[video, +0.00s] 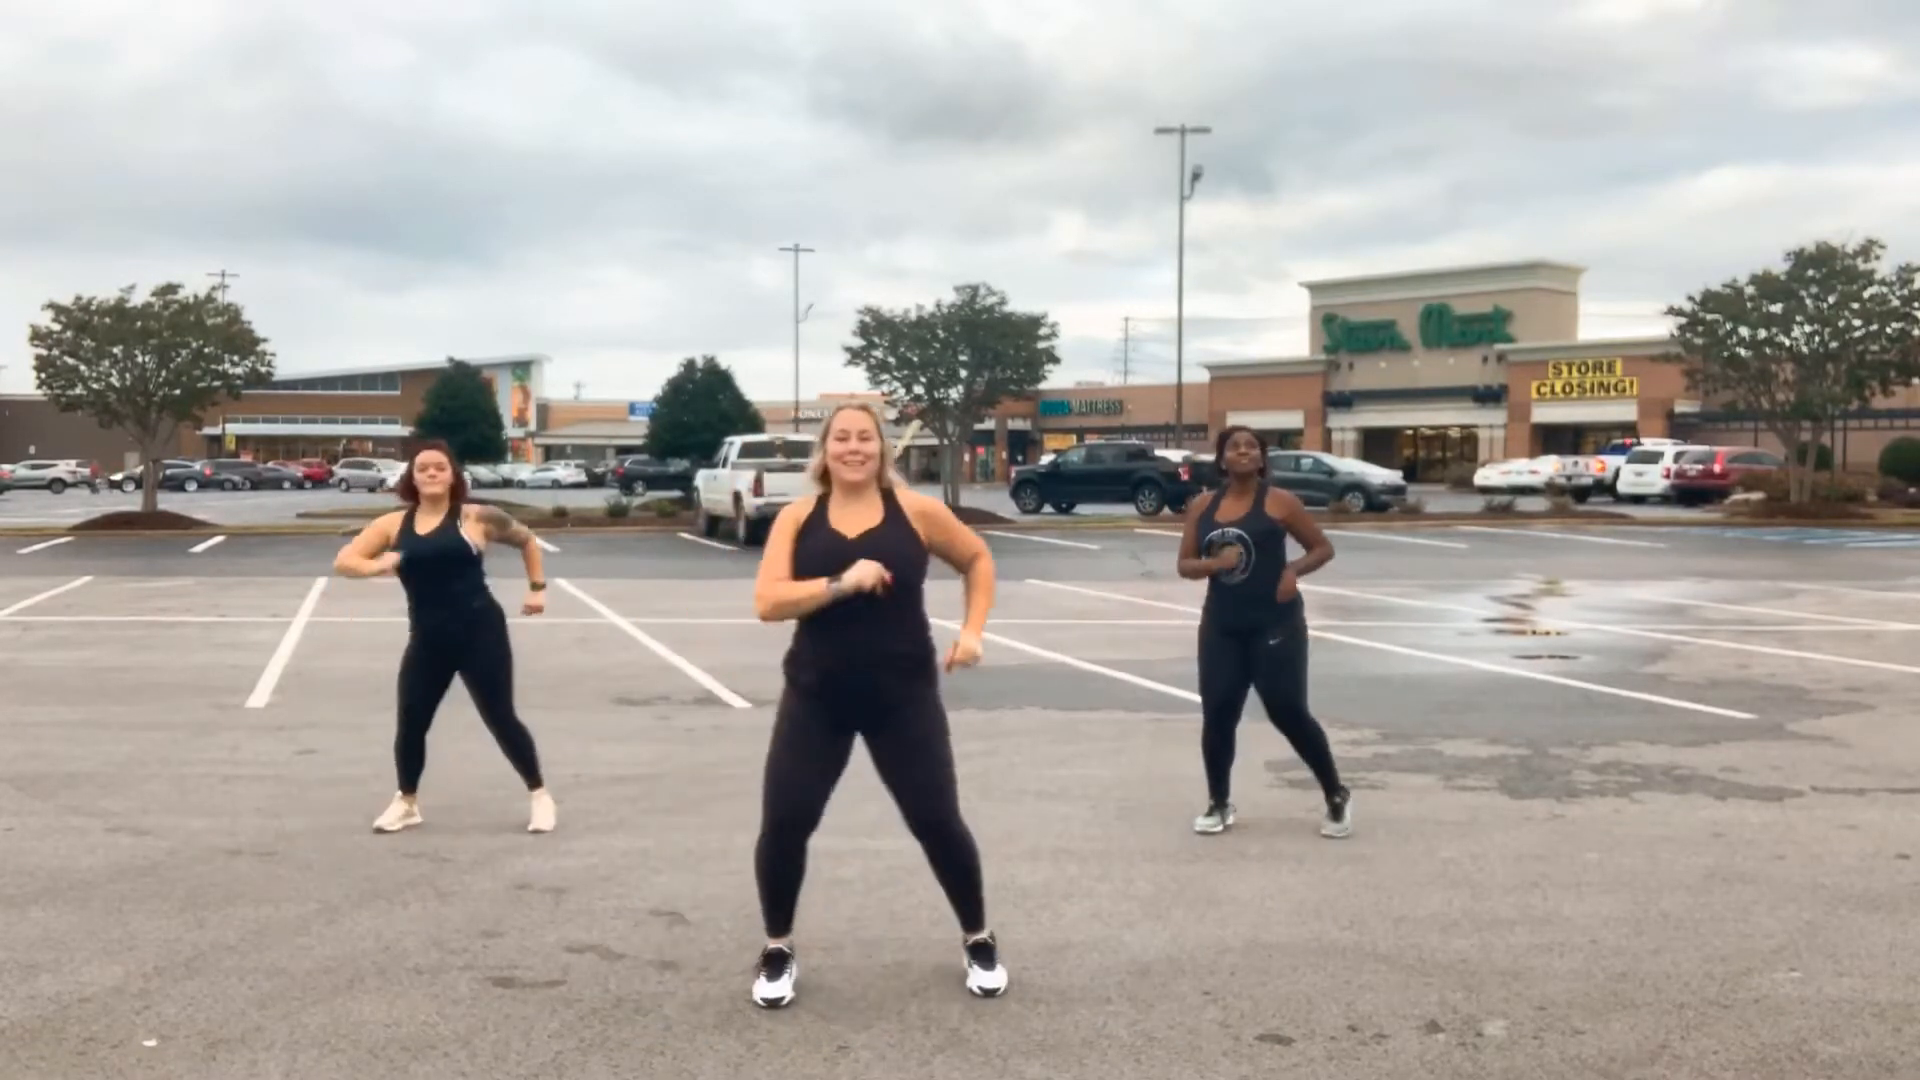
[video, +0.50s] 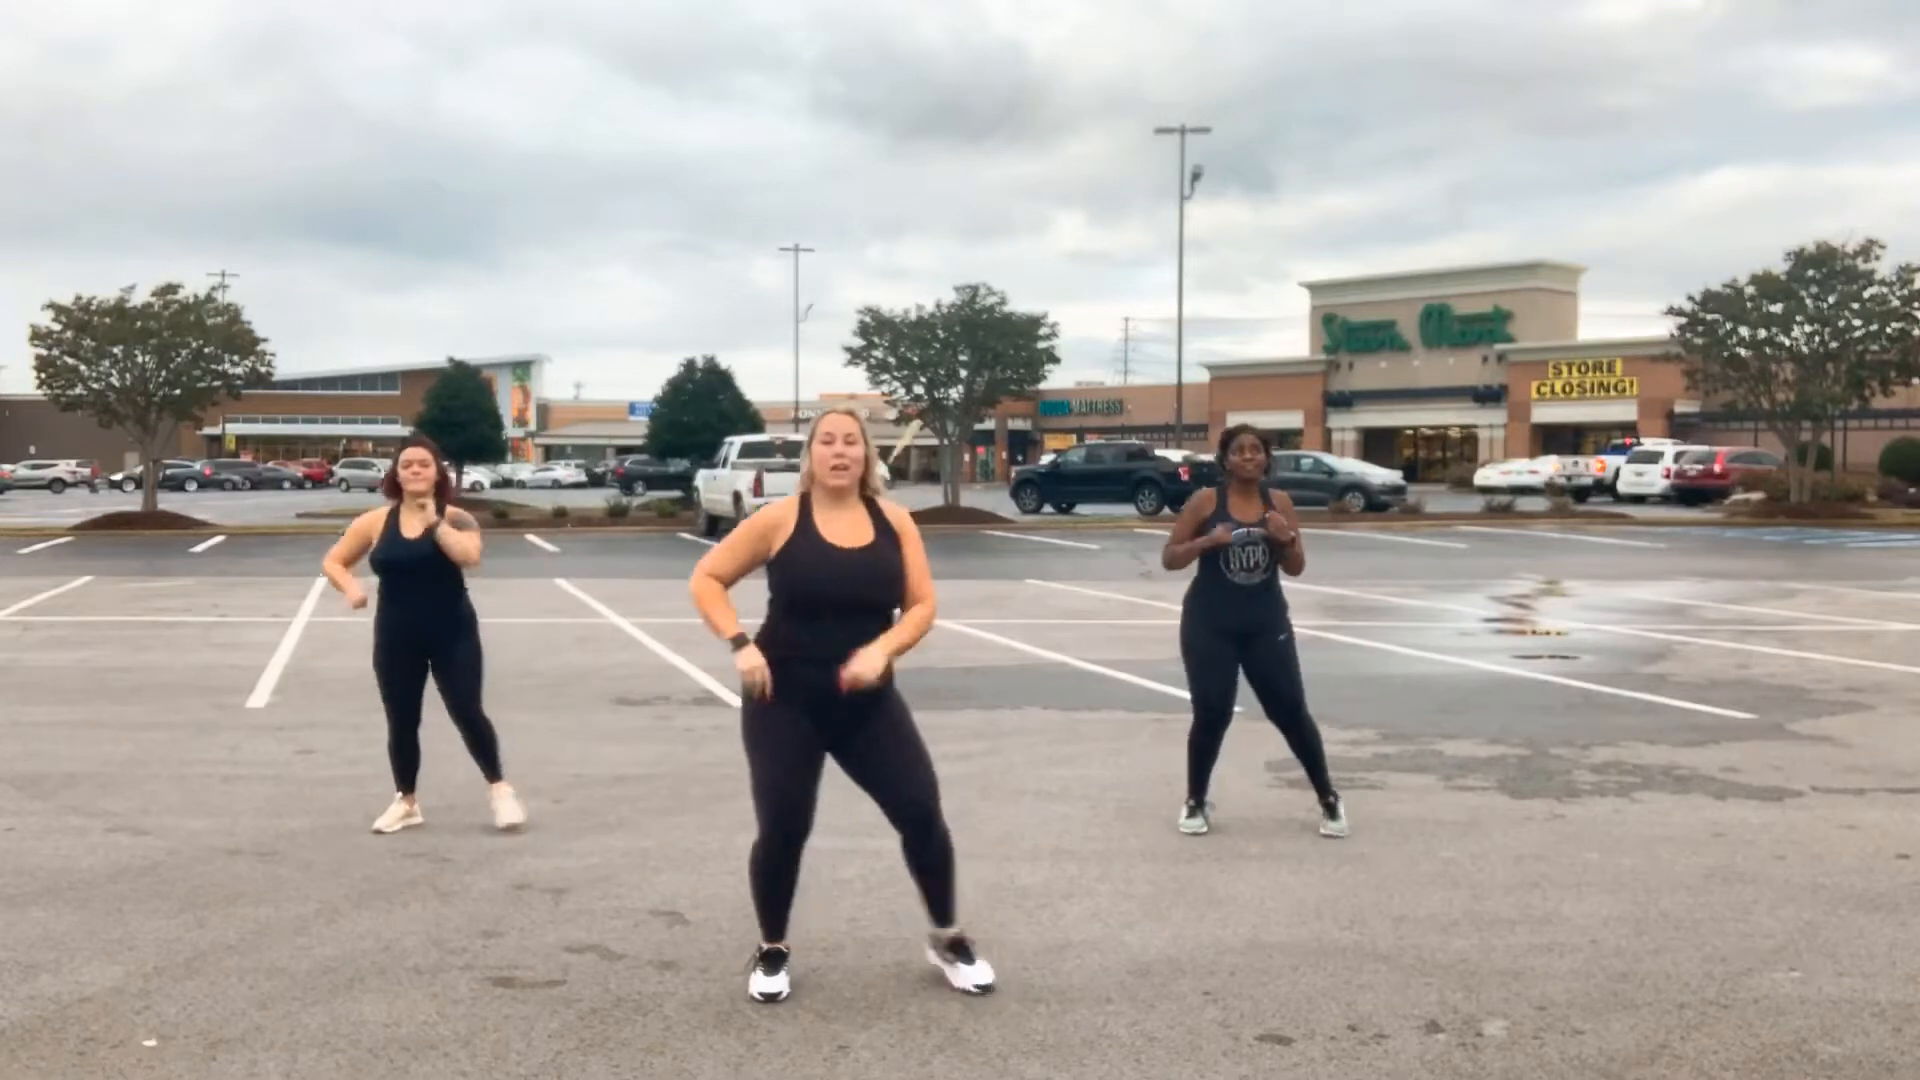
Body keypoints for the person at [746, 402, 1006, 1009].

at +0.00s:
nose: (853, 447)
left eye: (864, 438)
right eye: (842, 438)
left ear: (882, 448)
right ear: (824, 449)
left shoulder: (916, 510)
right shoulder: (796, 517)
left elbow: (977, 558)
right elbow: (768, 601)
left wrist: (972, 631)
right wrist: (837, 585)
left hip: (903, 698)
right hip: (816, 701)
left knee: (937, 823)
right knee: (783, 826)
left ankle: (978, 941)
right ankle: (777, 949)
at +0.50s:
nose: (839, 450)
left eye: (850, 441)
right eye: (827, 441)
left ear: (867, 455)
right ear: (809, 454)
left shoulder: (894, 521)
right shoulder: (780, 519)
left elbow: (923, 607)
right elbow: (706, 579)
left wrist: (883, 650)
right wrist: (740, 643)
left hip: (867, 698)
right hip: (784, 700)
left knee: (921, 813)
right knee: (783, 830)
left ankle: (948, 939)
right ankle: (772, 952)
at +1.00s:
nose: (805, 456)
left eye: (816, 447)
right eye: (794, 446)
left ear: (833, 459)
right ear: (775, 458)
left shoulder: (855, 526)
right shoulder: (740, 521)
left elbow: (897, 612)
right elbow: (711, 611)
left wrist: (863, 644)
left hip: (847, 702)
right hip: (766, 701)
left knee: (851, 834)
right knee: (769, 821)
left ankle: (833, 948)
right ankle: (763, 933)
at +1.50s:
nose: (736, 460)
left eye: (748, 449)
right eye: (724, 449)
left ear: (764, 460)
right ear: (704, 459)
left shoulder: (788, 520)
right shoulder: (670, 527)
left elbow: (814, 599)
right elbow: (626, 611)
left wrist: (822, 681)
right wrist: (590, 690)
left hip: (739, 709)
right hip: (652, 703)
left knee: (779, 834)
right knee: (635, 829)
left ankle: (825, 947)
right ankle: (621, 953)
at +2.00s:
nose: (753, 466)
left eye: (766, 457)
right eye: (744, 453)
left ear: (782, 466)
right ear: (723, 457)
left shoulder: (796, 522)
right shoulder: (683, 508)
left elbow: (850, 597)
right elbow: (649, 559)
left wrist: (909, 648)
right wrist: (628, 570)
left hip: (799, 696)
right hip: (714, 701)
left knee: (817, 824)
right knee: (671, 835)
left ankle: (831, 947)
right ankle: (630, 953)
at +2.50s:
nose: (746, 458)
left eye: (757, 447)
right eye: (734, 447)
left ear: (776, 453)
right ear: (716, 454)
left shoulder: (806, 512)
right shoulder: (687, 517)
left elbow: (852, 583)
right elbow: (647, 597)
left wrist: (897, 580)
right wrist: (563, 612)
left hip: (769, 697)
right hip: (680, 694)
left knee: (793, 828)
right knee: (644, 823)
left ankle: (828, 948)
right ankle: (604, 948)